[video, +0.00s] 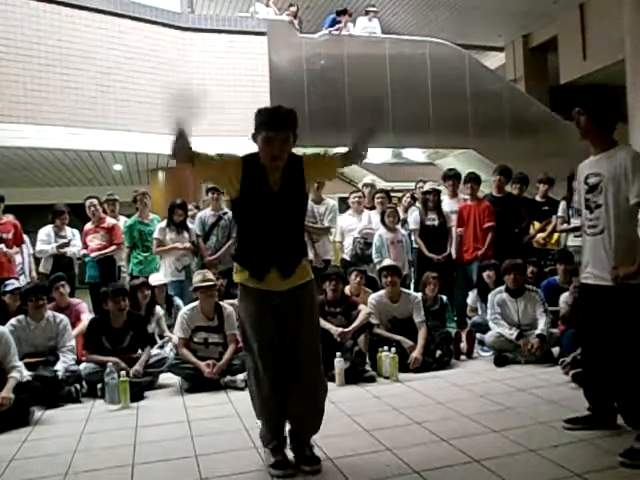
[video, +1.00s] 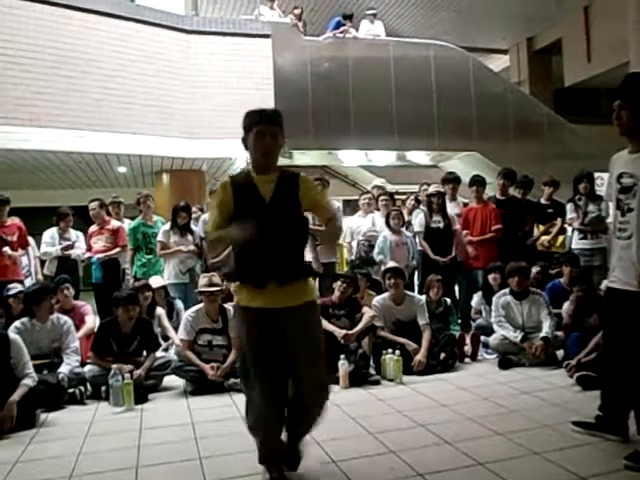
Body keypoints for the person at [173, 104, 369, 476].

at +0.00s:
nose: (275, 150)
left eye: (282, 142)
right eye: (268, 142)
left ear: (292, 141)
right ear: (256, 140)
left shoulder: (305, 166)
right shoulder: (237, 170)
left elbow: (348, 159)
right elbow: (191, 161)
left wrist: (359, 144)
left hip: (299, 281)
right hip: (255, 285)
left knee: (306, 363)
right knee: (265, 365)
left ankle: (303, 442)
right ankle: (274, 444)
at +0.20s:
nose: (277, 144)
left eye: (284, 136)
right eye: (269, 136)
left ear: (295, 135)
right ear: (256, 134)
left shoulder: (308, 167)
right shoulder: (235, 171)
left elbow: (343, 191)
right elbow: (198, 205)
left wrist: (354, 198)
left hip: (300, 283)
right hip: (256, 285)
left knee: (307, 363)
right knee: (265, 367)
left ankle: (302, 442)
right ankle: (273, 446)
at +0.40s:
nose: (274, 137)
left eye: (281, 130)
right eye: (267, 130)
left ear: (291, 132)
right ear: (254, 132)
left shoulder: (308, 173)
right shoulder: (235, 174)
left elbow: (315, 222)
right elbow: (223, 219)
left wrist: (313, 243)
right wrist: (224, 247)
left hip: (299, 282)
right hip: (256, 285)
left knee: (306, 363)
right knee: (264, 366)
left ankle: (301, 441)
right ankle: (275, 445)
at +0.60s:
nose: (280, 153)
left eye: (286, 146)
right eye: (271, 146)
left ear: (294, 149)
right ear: (256, 148)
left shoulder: (307, 192)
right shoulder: (235, 190)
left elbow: (336, 238)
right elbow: (200, 238)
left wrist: (344, 212)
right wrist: (180, 289)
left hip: (296, 285)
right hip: (257, 280)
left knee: (296, 367)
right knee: (261, 300)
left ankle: (280, 433)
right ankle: (261, 357)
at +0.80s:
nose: (278, 155)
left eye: (284, 148)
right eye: (270, 148)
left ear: (292, 149)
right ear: (256, 149)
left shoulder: (302, 180)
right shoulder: (237, 186)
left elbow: (337, 205)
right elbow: (218, 234)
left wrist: (344, 199)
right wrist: (207, 280)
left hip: (300, 292)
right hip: (259, 292)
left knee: (308, 372)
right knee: (268, 371)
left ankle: (283, 441)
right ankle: (276, 456)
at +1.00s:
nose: (267, 143)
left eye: (274, 136)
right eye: (260, 135)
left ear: (283, 141)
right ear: (246, 142)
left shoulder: (300, 184)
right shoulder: (228, 190)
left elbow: (331, 219)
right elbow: (211, 243)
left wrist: (325, 250)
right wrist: (234, 232)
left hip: (300, 300)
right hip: (253, 304)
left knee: (315, 385)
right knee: (263, 393)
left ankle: (294, 438)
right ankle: (273, 467)